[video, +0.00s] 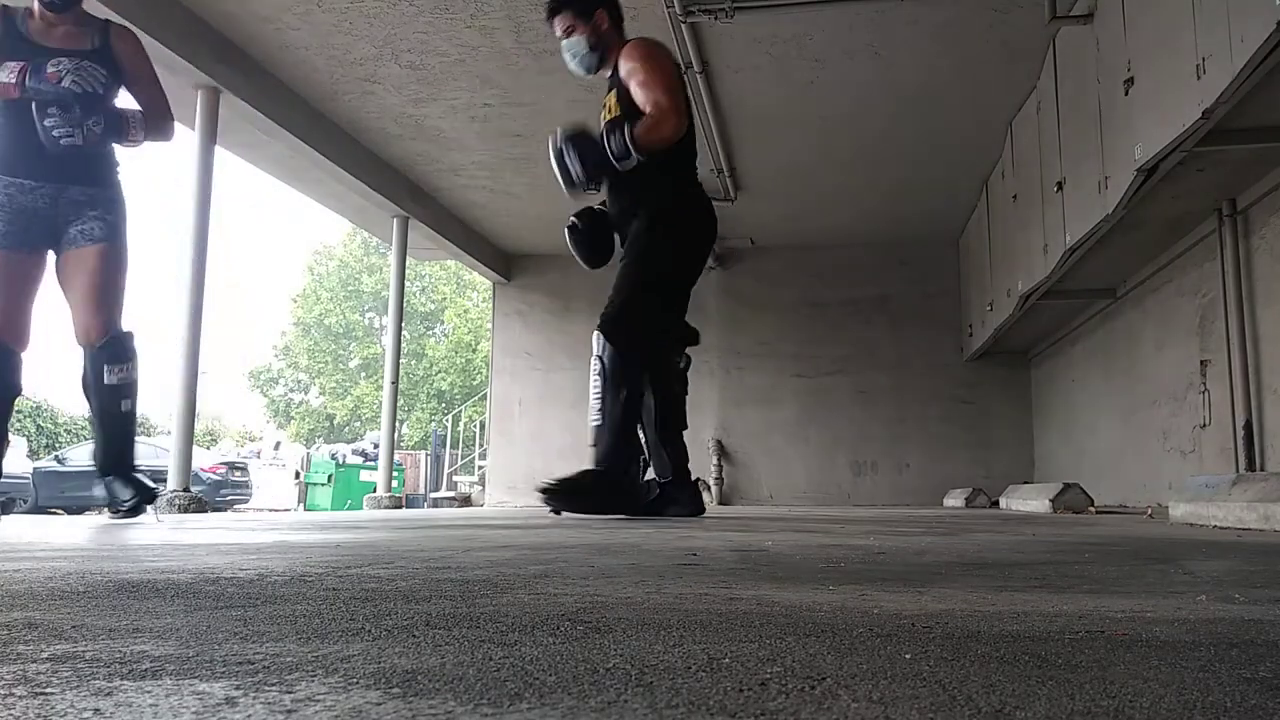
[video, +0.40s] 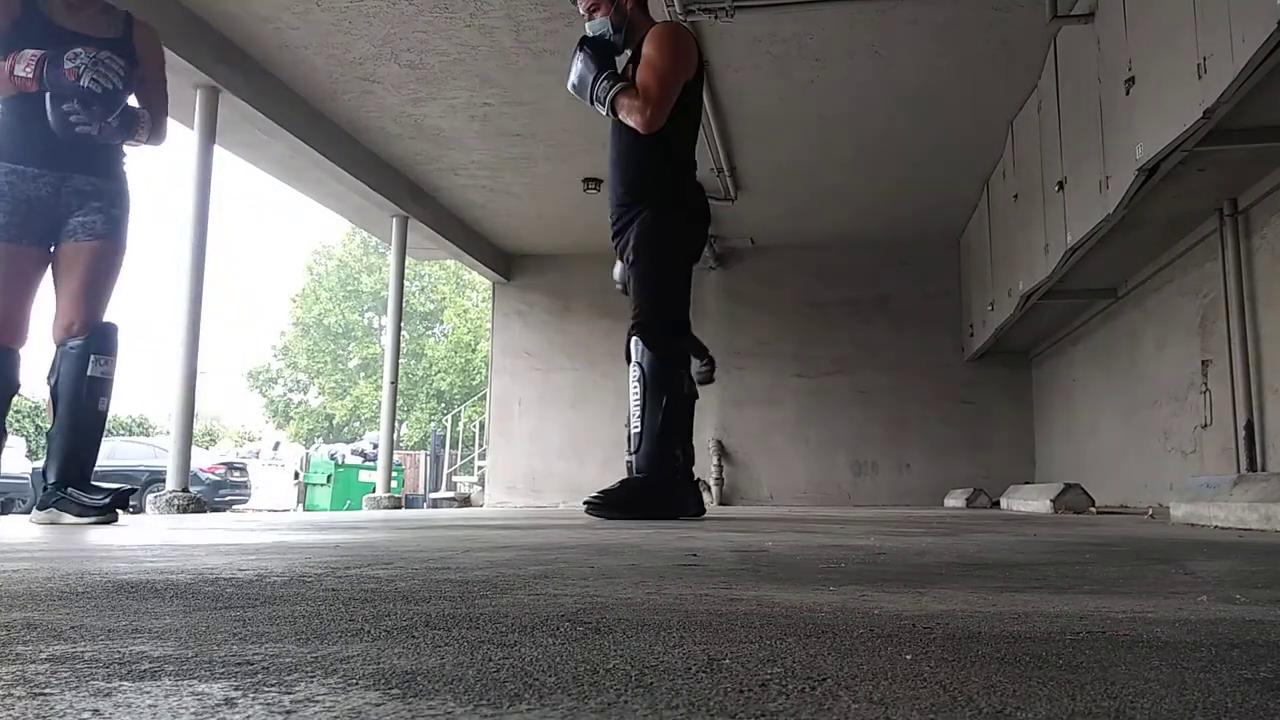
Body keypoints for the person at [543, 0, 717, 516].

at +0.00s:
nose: (567, 47)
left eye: (571, 32)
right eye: (560, 39)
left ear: (604, 18)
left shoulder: (637, 54)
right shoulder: (617, 90)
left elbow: (670, 120)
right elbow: (642, 178)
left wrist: (606, 150)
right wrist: (608, 223)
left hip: (672, 220)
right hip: (658, 226)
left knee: (619, 330)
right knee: (656, 341)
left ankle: (613, 473)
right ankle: (672, 482)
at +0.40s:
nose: (589, 23)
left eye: (592, 11)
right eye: (586, 16)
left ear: (622, 3)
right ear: (617, 11)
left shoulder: (667, 37)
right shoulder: (640, 52)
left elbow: (646, 114)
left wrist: (601, 81)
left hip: (663, 218)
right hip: (644, 221)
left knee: (654, 342)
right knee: (662, 344)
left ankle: (658, 480)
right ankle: (671, 480)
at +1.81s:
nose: (568, 44)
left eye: (570, 28)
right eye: (565, 33)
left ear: (600, 18)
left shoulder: (645, 51)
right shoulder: (607, 84)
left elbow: (610, 106)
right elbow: (551, 135)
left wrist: (555, 51)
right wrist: (527, 66)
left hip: (622, 221)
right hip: (606, 225)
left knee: (537, 296)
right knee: (607, 358)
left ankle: (585, 437)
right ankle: (638, 483)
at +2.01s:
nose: (543, 27)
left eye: (551, 14)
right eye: (539, 19)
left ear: (585, 8)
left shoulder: (618, 47)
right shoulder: (581, 73)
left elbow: (590, 112)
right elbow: (541, 140)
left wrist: (535, 57)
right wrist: (515, 75)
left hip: (605, 218)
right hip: (596, 223)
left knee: (537, 309)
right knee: (600, 354)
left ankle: (527, 455)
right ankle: (638, 482)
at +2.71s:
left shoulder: (627, 40)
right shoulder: (514, 24)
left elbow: (643, 82)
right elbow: (434, 41)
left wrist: (582, 19)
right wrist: (351, 37)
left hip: (545, 207)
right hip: (476, 187)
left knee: (501, 320)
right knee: (364, 272)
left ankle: (514, 482)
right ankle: (351, 298)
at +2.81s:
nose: (551, 7)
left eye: (562, 1)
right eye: (544, 6)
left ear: (586, 1)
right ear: (539, 4)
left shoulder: (627, 53)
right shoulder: (513, 37)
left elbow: (633, 88)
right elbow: (456, 92)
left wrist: (577, 22)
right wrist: (377, 116)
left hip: (521, 222)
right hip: (449, 182)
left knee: (496, 341)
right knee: (309, 215)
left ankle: (491, 487)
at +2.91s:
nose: (543, 13)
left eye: (553, 7)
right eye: (542, 9)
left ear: (591, 9)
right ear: (545, 11)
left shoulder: (624, 64)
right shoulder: (519, 48)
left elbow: (615, 103)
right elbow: (498, 56)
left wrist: (567, 38)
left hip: (506, 217)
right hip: (435, 169)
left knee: (492, 348)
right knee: (293, 176)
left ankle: (480, 487)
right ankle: (134, 210)